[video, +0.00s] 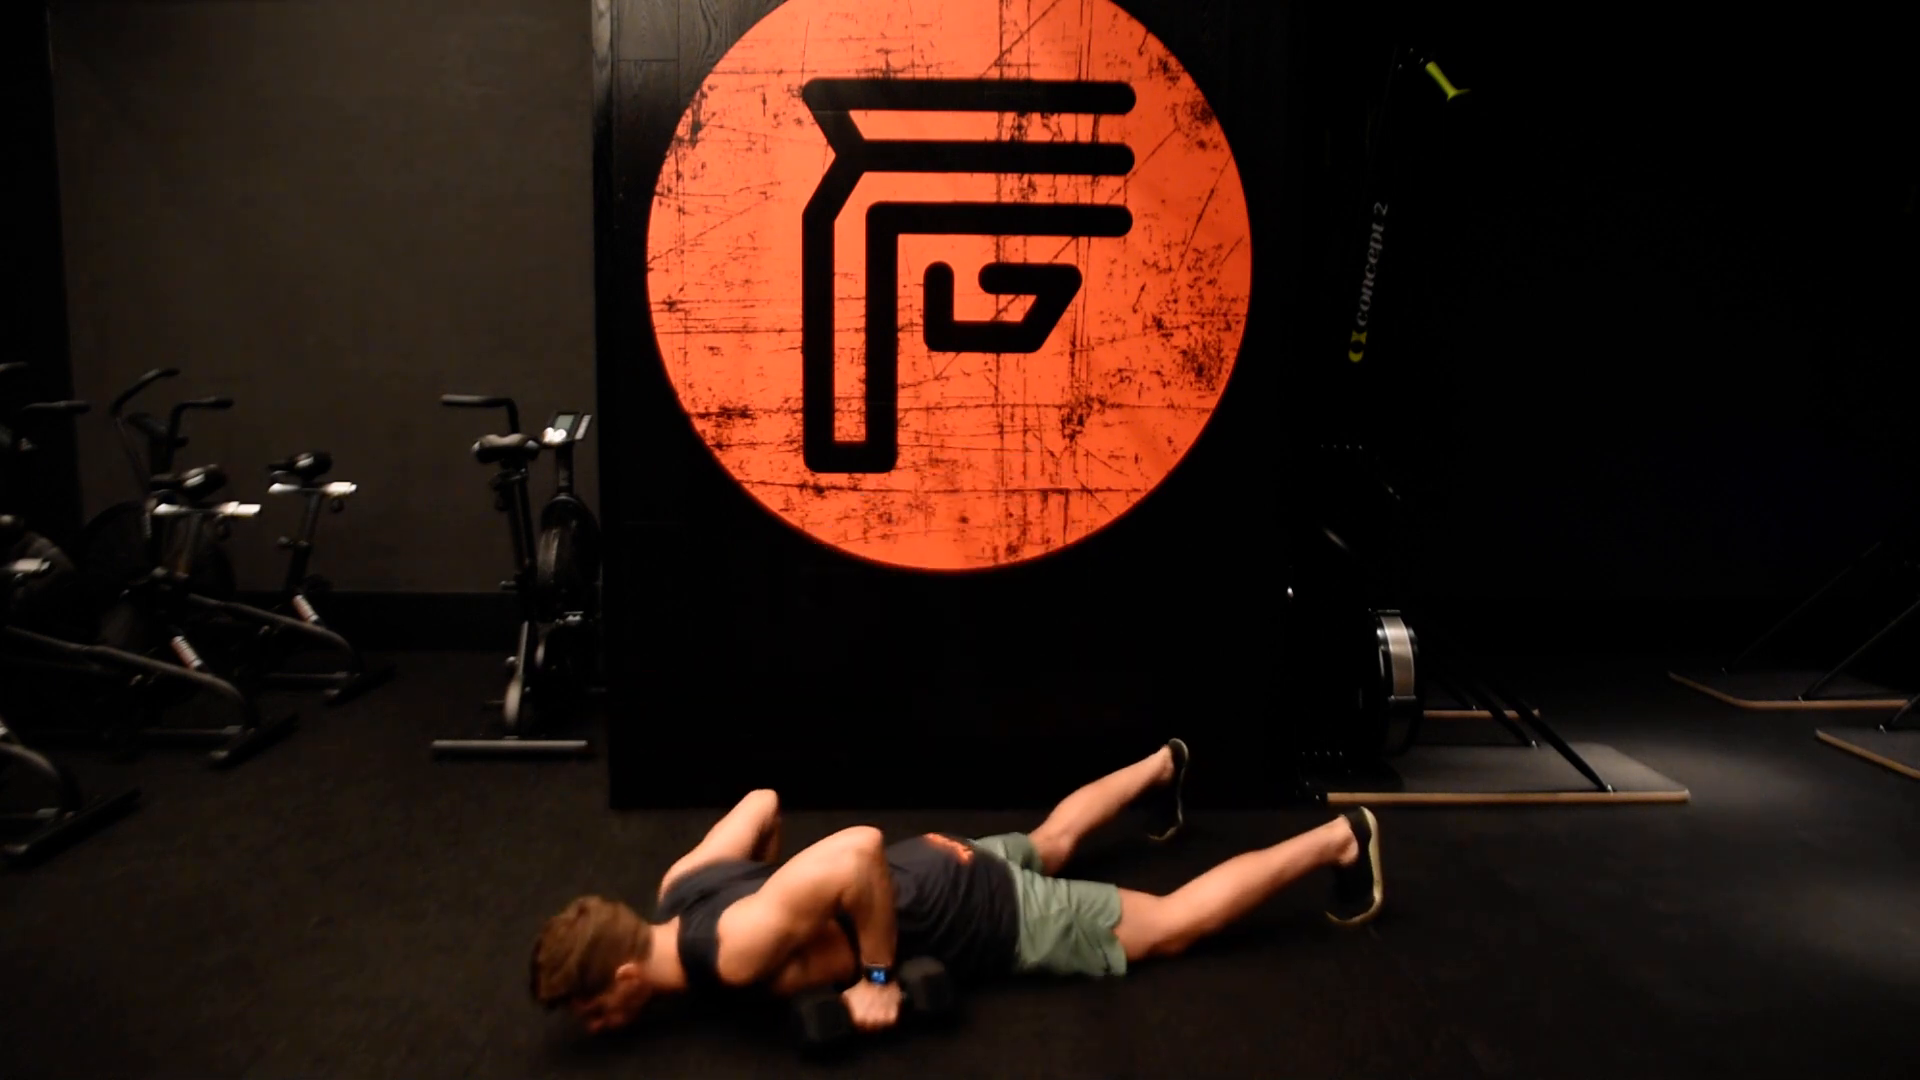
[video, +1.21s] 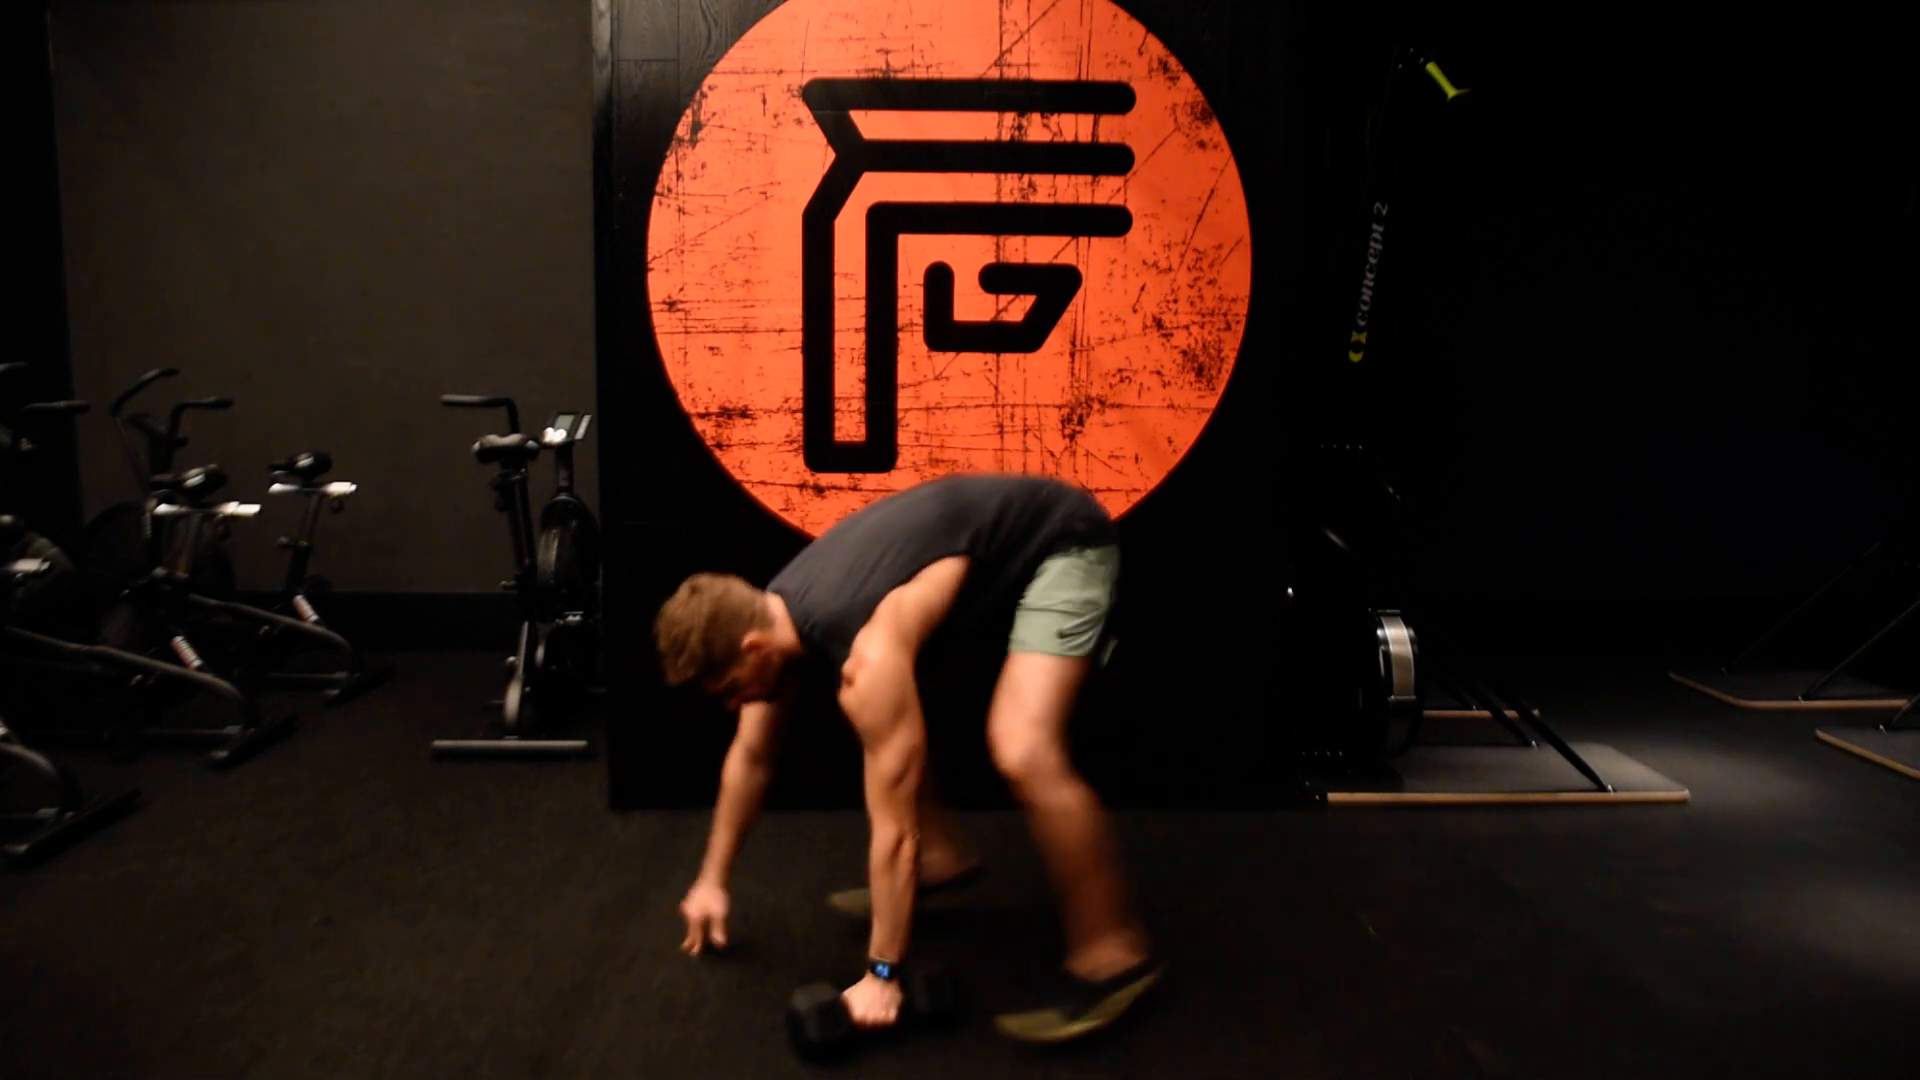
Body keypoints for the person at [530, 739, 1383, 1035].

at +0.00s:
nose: (595, 1027)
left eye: (591, 1014)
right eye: (585, 1016)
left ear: (620, 986)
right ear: (614, 946)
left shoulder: (734, 948)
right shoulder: (675, 895)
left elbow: (861, 855)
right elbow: (759, 805)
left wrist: (874, 977)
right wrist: (731, 893)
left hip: (982, 910)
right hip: (941, 855)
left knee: (1165, 923)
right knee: (1049, 841)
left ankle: (1334, 834)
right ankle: (1162, 758)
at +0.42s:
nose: (605, 880)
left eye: (603, 863)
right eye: (597, 868)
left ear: (634, 838)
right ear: (643, 818)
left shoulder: (760, 850)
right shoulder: (708, 813)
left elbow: (925, 856)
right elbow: (809, 827)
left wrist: (887, 980)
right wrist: (758, 914)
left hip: (1001, 898)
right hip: (954, 861)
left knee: (1179, 923)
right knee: (1046, 845)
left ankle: (1344, 830)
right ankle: (1155, 755)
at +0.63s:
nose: (664, 759)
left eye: (662, 743)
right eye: (654, 750)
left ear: (691, 708)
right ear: (691, 697)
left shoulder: (827, 741)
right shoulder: (757, 722)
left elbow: (935, 854)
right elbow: (781, 817)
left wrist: (887, 977)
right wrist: (757, 914)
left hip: (1017, 847)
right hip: (959, 825)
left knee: (1187, 924)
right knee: (1058, 838)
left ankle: (1353, 843)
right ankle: (1159, 766)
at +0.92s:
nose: (689, 750)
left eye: (684, 736)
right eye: (676, 743)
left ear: (705, 697)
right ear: (700, 689)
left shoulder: (830, 697)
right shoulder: (749, 683)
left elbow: (904, 846)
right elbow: (764, 804)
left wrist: (885, 977)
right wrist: (753, 911)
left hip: (1056, 711)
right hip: (986, 710)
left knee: (1186, 836)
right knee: (1097, 782)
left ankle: (1366, 850)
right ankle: (1155, 774)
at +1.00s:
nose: (694, 745)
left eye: (691, 730)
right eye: (682, 738)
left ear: (717, 691)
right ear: (706, 683)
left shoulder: (827, 691)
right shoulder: (751, 676)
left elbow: (893, 843)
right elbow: (758, 798)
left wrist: (884, 976)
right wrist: (749, 908)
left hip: (1050, 617)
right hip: (974, 627)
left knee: (1160, 802)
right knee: (1062, 737)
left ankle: (1336, 824)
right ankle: (1159, 762)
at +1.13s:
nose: (723, 722)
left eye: (720, 706)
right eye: (711, 714)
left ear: (748, 668)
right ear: (734, 665)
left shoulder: (850, 667)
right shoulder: (769, 647)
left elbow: (890, 838)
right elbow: (761, 775)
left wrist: (884, 973)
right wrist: (740, 890)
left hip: (1055, 538)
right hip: (973, 563)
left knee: (1078, 764)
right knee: (932, 709)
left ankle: (1237, 877)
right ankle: (1043, 805)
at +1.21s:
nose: (735, 705)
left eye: (733, 689)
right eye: (722, 698)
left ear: (757, 646)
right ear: (748, 634)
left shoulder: (867, 652)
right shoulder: (770, 616)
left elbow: (895, 837)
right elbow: (750, 757)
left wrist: (883, 972)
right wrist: (712, 879)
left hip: (1063, 539)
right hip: (975, 555)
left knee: (1023, 746)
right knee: (873, 699)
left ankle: (1111, 952)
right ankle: (939, 852)